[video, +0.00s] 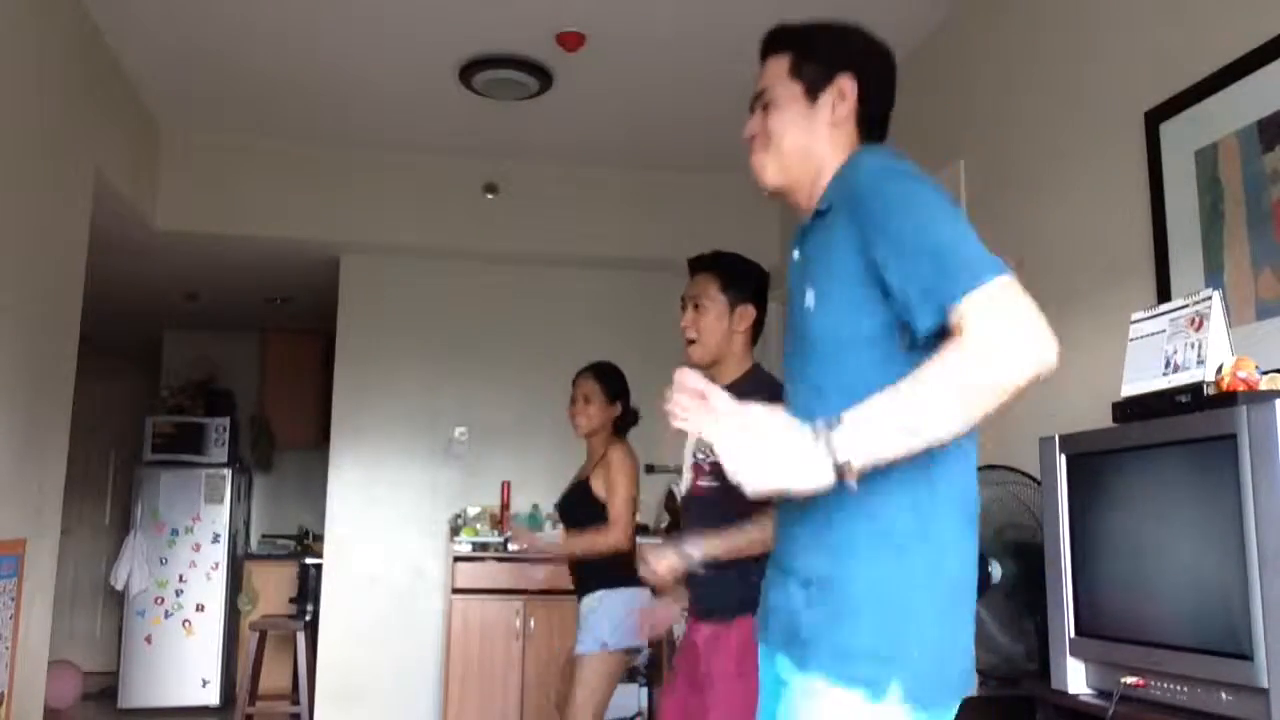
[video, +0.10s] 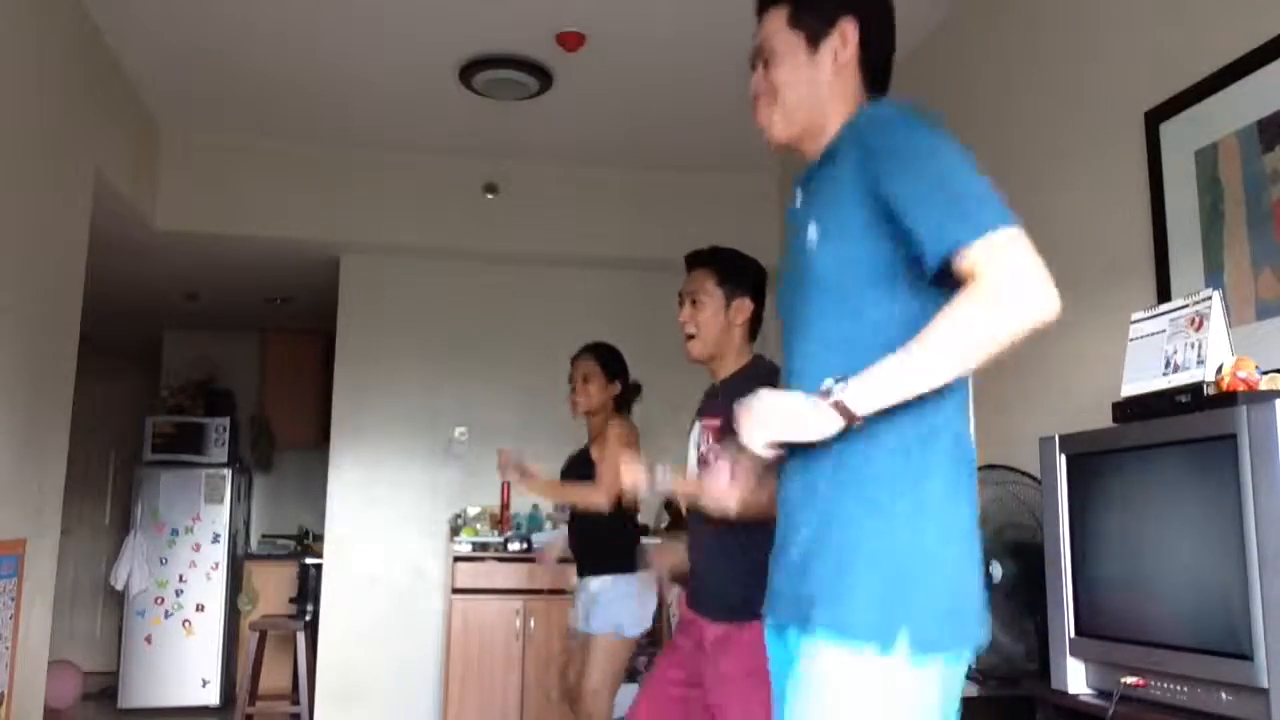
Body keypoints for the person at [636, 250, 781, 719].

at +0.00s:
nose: (684, 322)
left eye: (698, 307)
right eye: (685, 308)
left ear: (744, 318)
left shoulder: (768, 403)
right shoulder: (710, 401)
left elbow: (793, 520)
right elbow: (709, 519)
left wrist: (688, 551)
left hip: (745, 624)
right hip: (699, 621)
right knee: (677, 713)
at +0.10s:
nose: (683, 317)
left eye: (696, 302)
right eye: (683, 304)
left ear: (741, 311)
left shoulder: (763, 390)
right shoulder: (713, 398)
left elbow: (763, 497)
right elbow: (724, 512)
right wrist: (670, 559)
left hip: (749, 632)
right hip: (697, 623)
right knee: (647, 713)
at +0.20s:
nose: (681, 307)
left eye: (693, 291)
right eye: (679, 293)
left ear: (739, 300)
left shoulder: (763, 372)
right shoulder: (708, 383)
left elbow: (765, 473)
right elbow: (703, 493)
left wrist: (681, 436)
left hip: (748, 609)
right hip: (696, 603)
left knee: (746, 715)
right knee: (661, 714)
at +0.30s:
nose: (682, 312)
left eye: (697, 298)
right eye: (683, 298)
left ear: (740, 311)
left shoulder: (766, 395)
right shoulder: (700, 395)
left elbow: (801, 500)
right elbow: (688, 499)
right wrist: (622, 447)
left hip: (751, 603)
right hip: (705, 604)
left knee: (722, 712)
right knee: (679, 712)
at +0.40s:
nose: (688, 319)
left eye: (703, 305)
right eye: (688, 306)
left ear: (747, 318)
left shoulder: (763, 403)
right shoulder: (707, 401)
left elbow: (796, 517)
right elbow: (709, 520)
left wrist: (694, 561)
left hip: (752, 616)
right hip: (707, 615)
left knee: (723, 714)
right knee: (676, 713)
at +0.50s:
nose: (690, 316)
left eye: (704, 302)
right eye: (689, 303)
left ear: (748, 314)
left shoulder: (767, 394)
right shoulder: (715, 397)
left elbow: (766, 515)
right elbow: (718, 515)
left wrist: (669, 512)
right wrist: (664, 579)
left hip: (756, 629)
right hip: (700, 625)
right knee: (662, 713)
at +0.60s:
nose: (688, 305)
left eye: (701, 290)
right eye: (687, 292)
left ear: (746, 299)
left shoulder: (778, 384)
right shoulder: (708, 389)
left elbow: (800, 481)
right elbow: (718, 504)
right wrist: (663, 512)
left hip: (755, 618)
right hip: (693, 612)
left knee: (751, 712)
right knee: (656, 713)